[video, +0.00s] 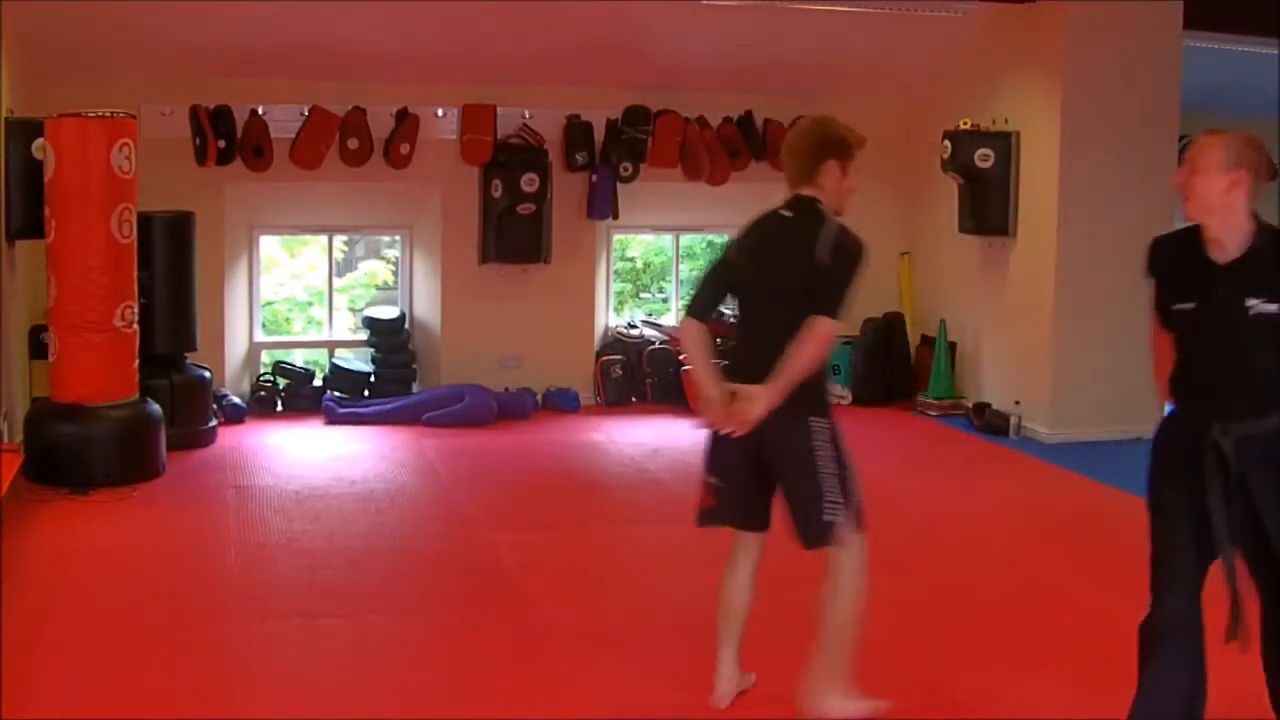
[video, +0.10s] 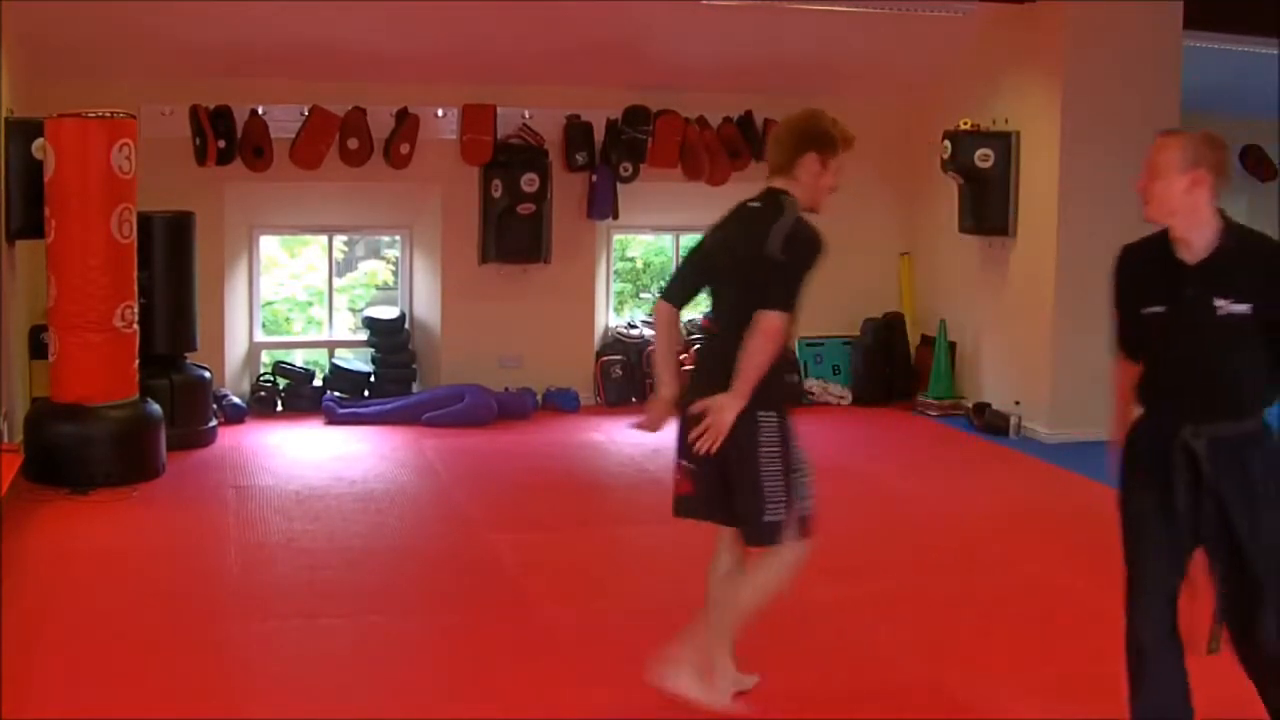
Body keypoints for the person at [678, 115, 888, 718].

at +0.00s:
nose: (853, 182)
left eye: (851, 171)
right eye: (850, 171)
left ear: (796, 171)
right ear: (831, 171)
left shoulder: (754, 232)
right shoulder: (839, 241)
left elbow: (694, 320)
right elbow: (821, 330)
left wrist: (713, 394)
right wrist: (767, 394)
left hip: (737, 409)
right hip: (799, 412)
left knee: (745, 541)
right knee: (847, 543)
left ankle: (725, 675)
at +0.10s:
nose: (833, 185)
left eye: (836, 174)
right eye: (832, 173)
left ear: (780, 164)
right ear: (810, 165)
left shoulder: (735, 220)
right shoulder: (795, 230)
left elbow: (668, 303)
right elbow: (771, 320)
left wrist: (667, 387)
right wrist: (735, 395)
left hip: (713, 396)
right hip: (756, 405)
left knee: (734, 535)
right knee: (789, 541)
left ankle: (717, 666)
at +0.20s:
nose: (816, 197)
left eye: (820, 185)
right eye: (812, 183)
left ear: (769, 172)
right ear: (785, 173)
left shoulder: (721, 222)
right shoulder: (760, 235)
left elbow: (655, 315)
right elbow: (725, 337)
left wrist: (644, 406)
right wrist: (710, 432)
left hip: (691, 391)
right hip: (708, 400)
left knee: (725, 539)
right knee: (702, 548)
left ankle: (718, 670)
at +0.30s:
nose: (809, 242)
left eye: (814, 231)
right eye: (810, 228)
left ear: (775, 213)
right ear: (784, 214)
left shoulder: (713, 254)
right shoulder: (737, 269)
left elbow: (666, 350)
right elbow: (703, 378)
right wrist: (699, 483)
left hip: (663, 416)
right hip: (646, 420)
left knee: (720, 516)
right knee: (634, 569)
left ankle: (680, 652)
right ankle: (543, 673)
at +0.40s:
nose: (811, 309)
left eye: (817, 298)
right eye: (812, 295)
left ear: (777, 277)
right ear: (785, 280)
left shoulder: (716, 305)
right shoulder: (722, 320)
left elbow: (671, 409)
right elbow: (695, 436)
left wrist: (677, 484)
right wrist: (705, 540)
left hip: (613, 426)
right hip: (591, 428)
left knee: (677, 526)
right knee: (631, 576)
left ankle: (606, 630)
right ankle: (543, 672)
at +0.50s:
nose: (804, 390)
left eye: (811, 379)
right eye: (808, 376)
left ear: (777, 353)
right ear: (783, 357)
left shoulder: (718, 359)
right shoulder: (717, 371)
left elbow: (689, 470)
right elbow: (700, 480)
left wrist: (698, 545)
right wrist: (725, 583)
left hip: (573, 421)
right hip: (563, 424)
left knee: (588, 562)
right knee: (614, 568)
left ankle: (488, 591)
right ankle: (542, 675)